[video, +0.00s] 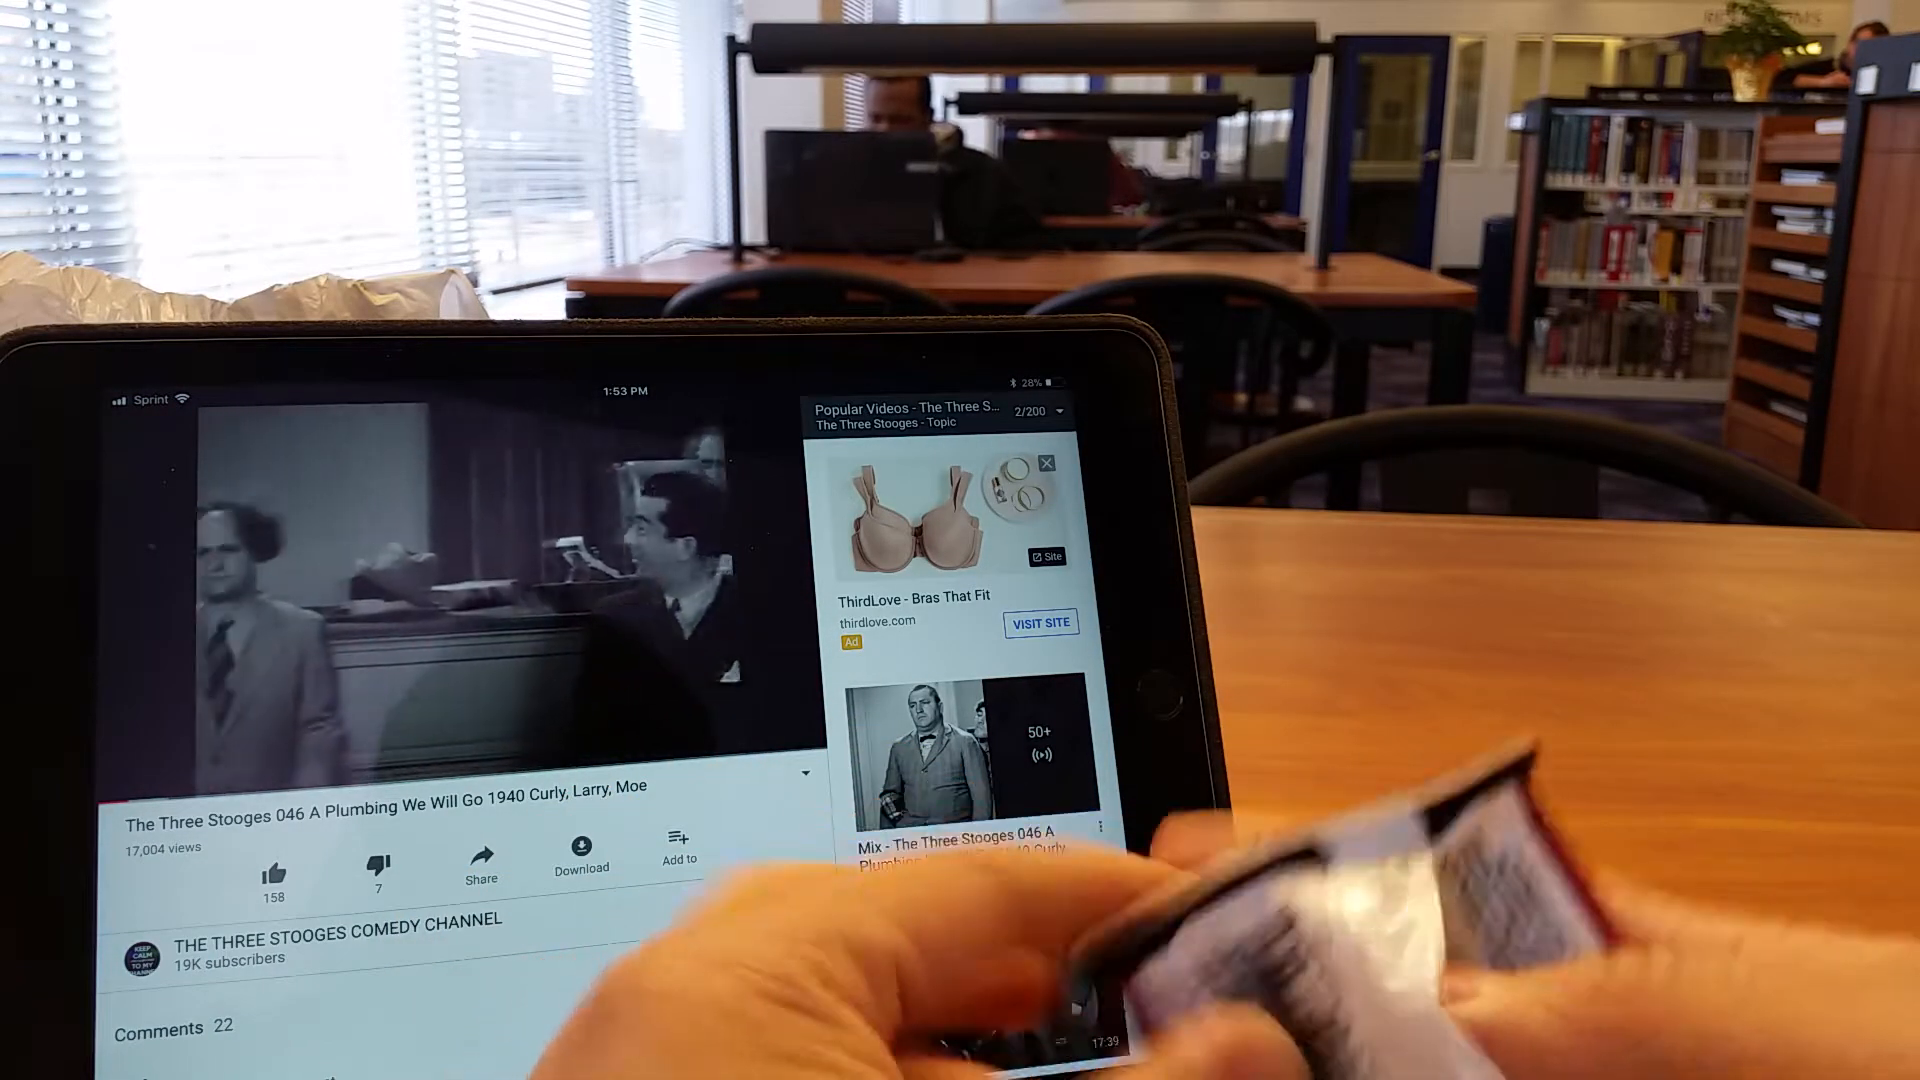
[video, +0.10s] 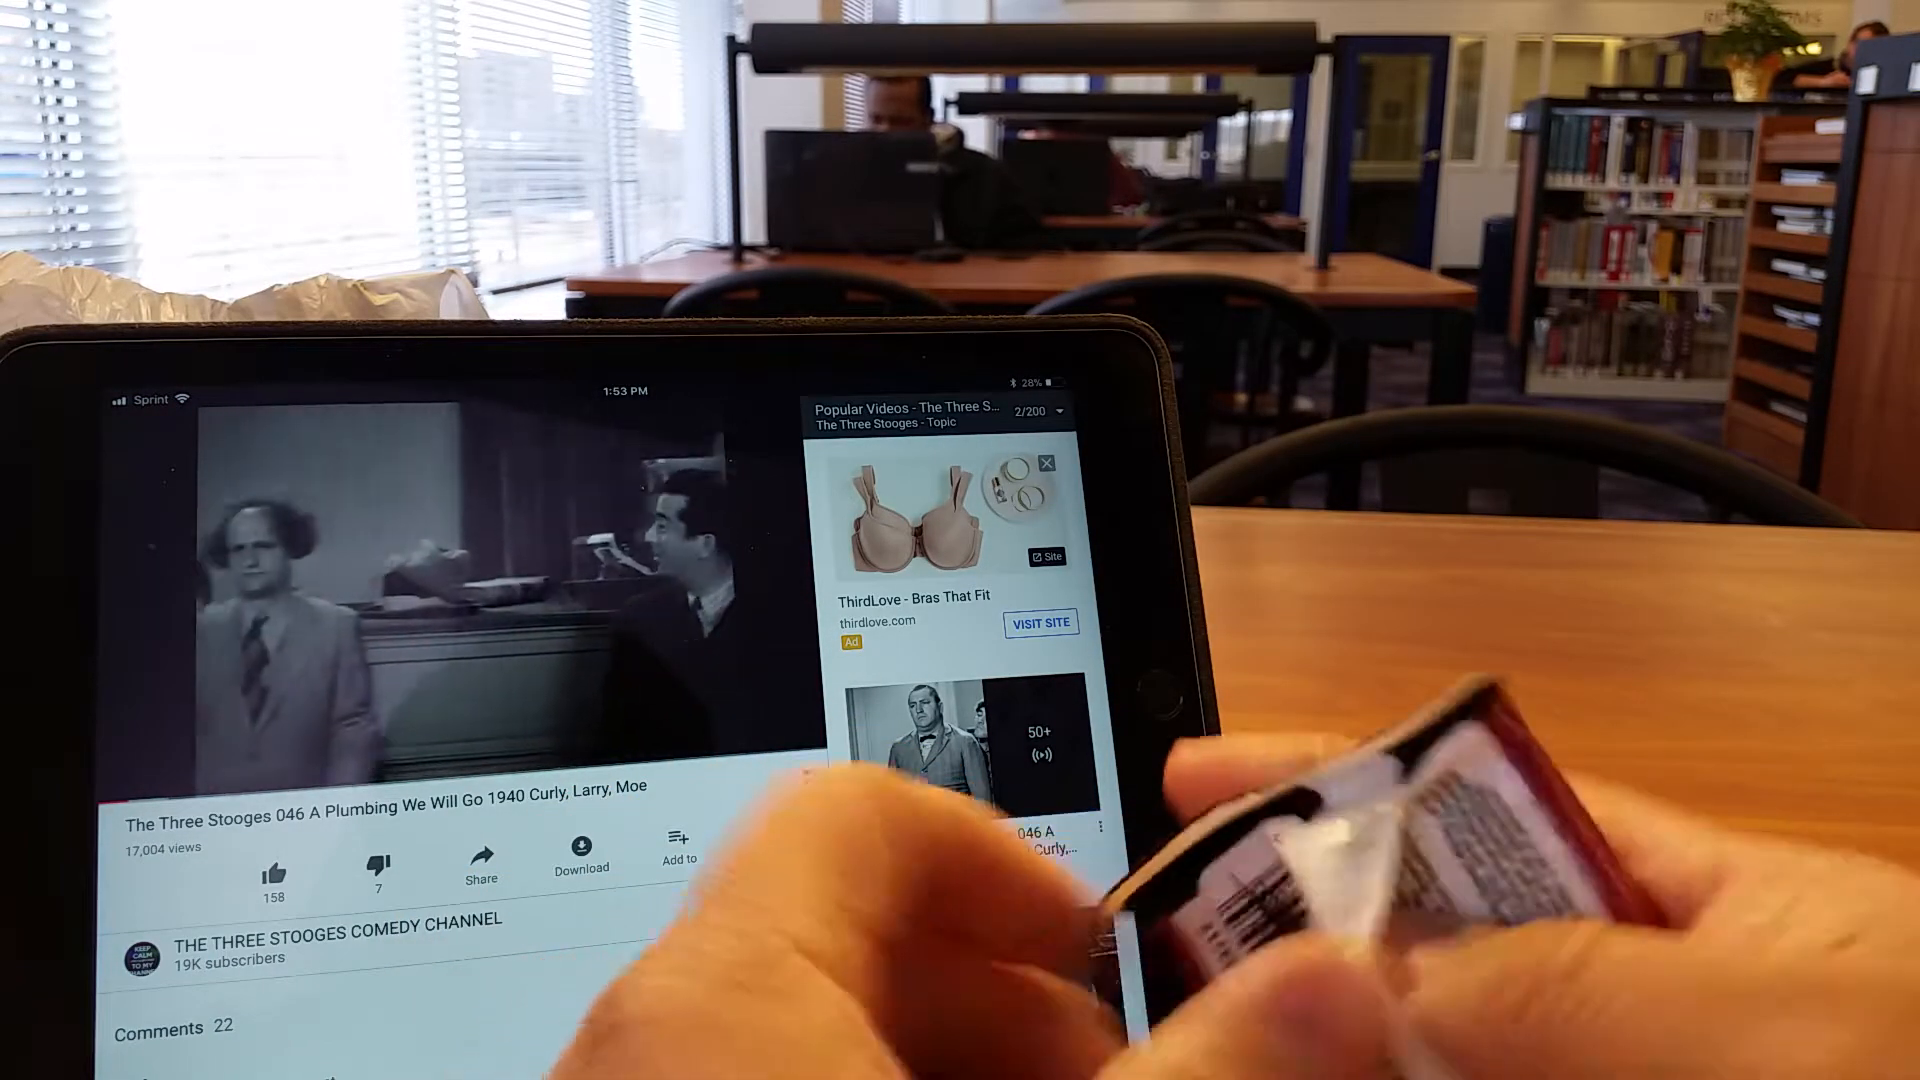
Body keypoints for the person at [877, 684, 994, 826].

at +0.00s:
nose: (919, 710)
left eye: (925, 703)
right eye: (913, 705)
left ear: (939, 707)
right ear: (909, 711)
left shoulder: (964, 742)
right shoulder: (899, 748)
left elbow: (981, 794)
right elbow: (890, 793)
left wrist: (979, 834)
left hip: (956, 832)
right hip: (910, 835)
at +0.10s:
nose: (919, 710)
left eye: (925, 703)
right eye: (913, 706)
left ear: (940, 707)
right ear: (910, 712)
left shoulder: (964, 742)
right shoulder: (899, 749)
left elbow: (981, 796)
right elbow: (892, 797)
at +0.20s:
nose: (919, 709)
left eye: (925, 703)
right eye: (913, 705)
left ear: (939, 707)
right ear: (909, 711)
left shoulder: (964, 742)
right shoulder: (899, 748)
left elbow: (981, 795)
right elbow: (891, 791)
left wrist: (979, 835)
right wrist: (889, 801)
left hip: (955, 831)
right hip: (911, 834)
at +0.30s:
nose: (919, 709)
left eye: (925, 703)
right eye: (913, 705)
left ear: (939, 707)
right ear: (909, 711)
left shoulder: (964, 742)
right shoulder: (899, 748)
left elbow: (981, 795)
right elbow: (891, 792)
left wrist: (979, 835)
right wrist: (889, 802)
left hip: (955, 830)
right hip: (911, 833)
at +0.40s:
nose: (919, 710)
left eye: (925, 703)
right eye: (913, 705)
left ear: (940, 707)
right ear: (909, 711)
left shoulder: (964, 742)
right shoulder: (899, 748)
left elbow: (981, 796)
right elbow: (890, 796)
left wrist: (979, 835)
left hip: (956, 833)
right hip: (911, 836)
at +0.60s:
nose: (919, 710)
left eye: (925, 703)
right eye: (913, 705)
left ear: (940, 707)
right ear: (909, 711)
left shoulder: (964, 742)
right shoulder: (899, 749)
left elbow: (981, 796)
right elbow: (890, 794)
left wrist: (979, 835)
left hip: (956, 834)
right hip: (910, 837)